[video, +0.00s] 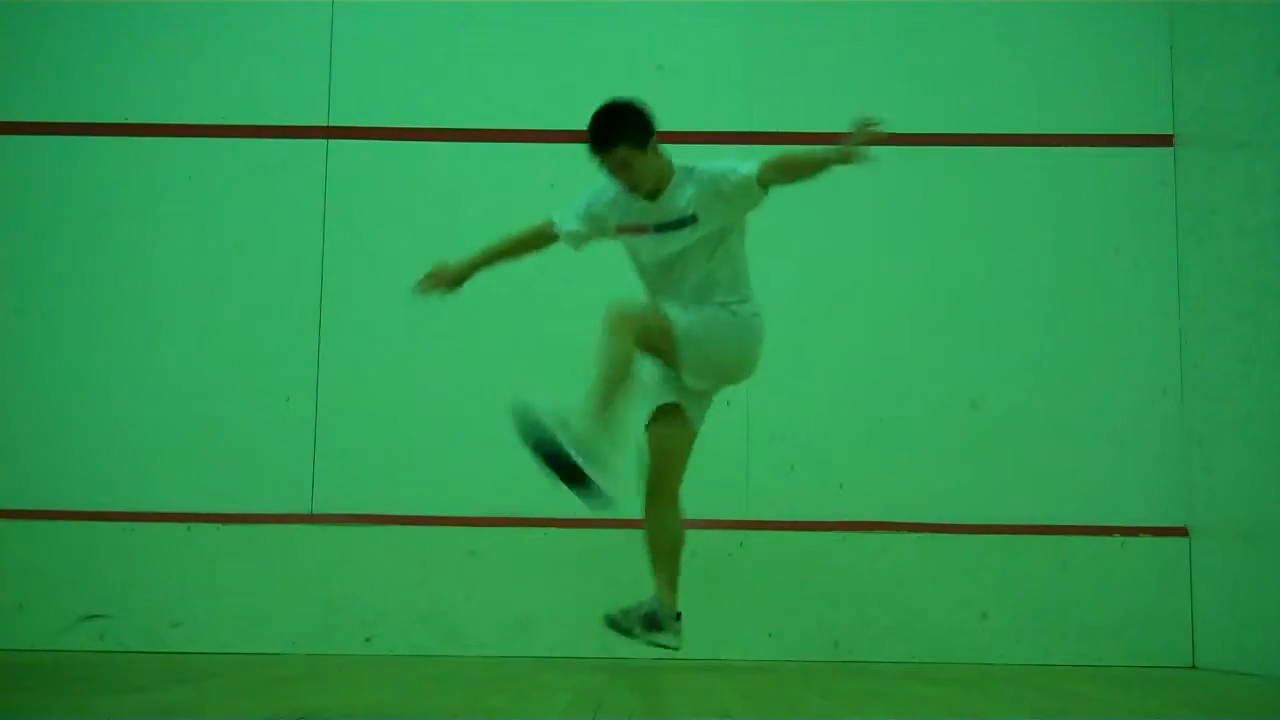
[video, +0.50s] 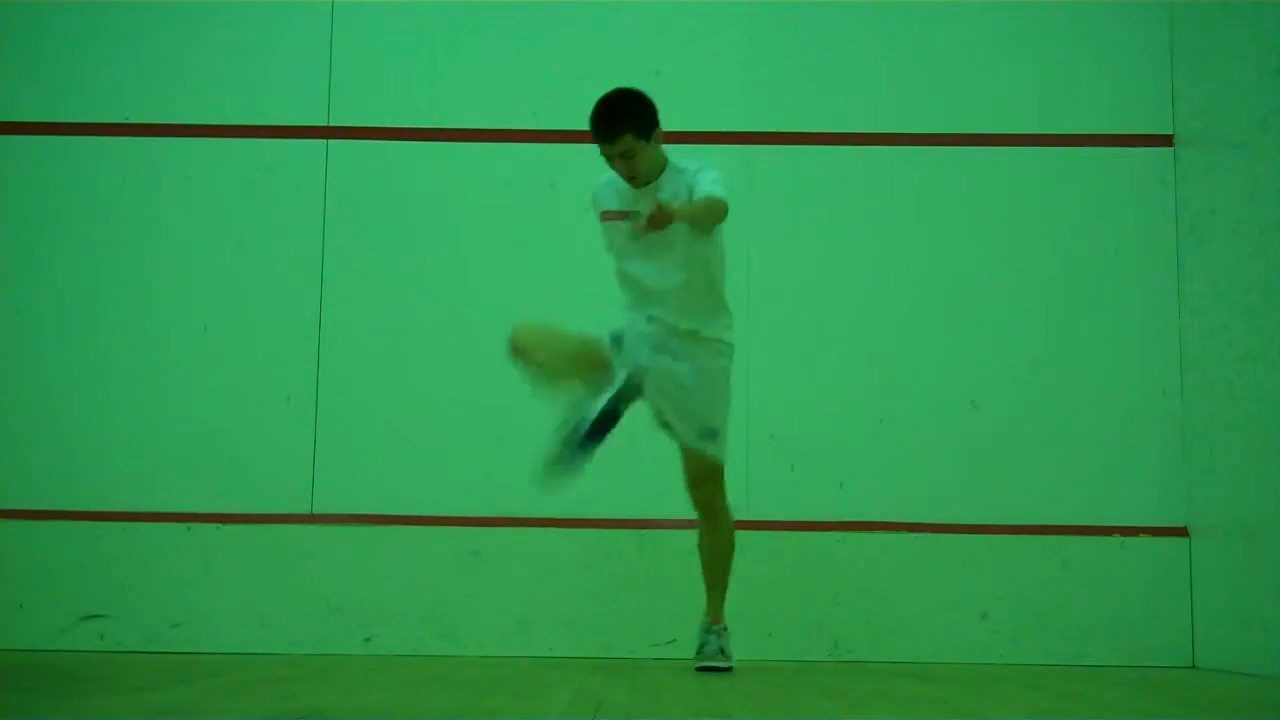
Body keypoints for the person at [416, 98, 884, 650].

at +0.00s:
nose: (619, 179)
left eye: (624, 166)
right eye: (611, 171)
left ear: (652, 146)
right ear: (608, 167)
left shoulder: (714, 183)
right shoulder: (612, 207)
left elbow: (776, 170)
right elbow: (544, 236)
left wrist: (842, 152)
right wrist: (466, 268)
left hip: (731, 335)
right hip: (681, 347)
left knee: (627, 320)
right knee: (661, 473)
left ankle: (594, 452)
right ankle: (664, 610)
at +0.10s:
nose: (633, 160)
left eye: (640, 146)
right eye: (625, 150)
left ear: (670, 131)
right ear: (621, 147)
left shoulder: (723, 175)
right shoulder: (631, 188)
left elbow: (793, 170)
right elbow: (584, 215)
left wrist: (767, 150)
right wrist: (546, 230)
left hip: (724, 335)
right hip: (668, 344)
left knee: (676, 434)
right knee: (661, 475)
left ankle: (724, 588)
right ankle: (676, 614)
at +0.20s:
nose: (642, 177)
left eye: (648, 163)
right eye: (634, 167)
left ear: (680, 149)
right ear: (631, 165)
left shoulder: (732, 197)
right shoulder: (655, 211)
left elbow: (798, 193)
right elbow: (667, 251)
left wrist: (746, 153)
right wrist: (634, 252)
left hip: (721, 385)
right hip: (662, 389)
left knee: (730, 502)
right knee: (639, 479)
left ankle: (766, 636)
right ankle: (673, 615)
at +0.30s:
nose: (635, 168)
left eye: (642, 154)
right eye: (627, 158)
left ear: (673, 142)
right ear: (623, 154)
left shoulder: (720, 188)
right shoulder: (637, 195)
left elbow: (774, 195)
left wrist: (734, 160)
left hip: (714, 359)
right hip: (657, 353)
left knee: (733, 488)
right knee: (599, 385)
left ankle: (757, 628)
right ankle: (665, 491)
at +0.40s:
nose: (629, 157)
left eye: (636, 144)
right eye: (618, 148)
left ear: (663, 131)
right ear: (610, 146)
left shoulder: (707, 180)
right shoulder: (616, 192)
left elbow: (725, 194)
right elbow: (643, 247)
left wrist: (699, 182)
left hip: (712, 340)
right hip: (652, 334)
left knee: (724, 478)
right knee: (549, 307)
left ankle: (734, 612)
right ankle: (661, 375)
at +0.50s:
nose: (620, 167)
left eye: (628, 153)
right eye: (611, 157)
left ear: (657, 139)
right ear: (603, 153)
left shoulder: (696, 181)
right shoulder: (608, 194)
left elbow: (715, 209)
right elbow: (629, 262)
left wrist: (678, 213)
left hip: (699, 349)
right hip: (637, 338)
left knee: (707, 490)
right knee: (524, 342)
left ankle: (715, 623)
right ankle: (604, 387)